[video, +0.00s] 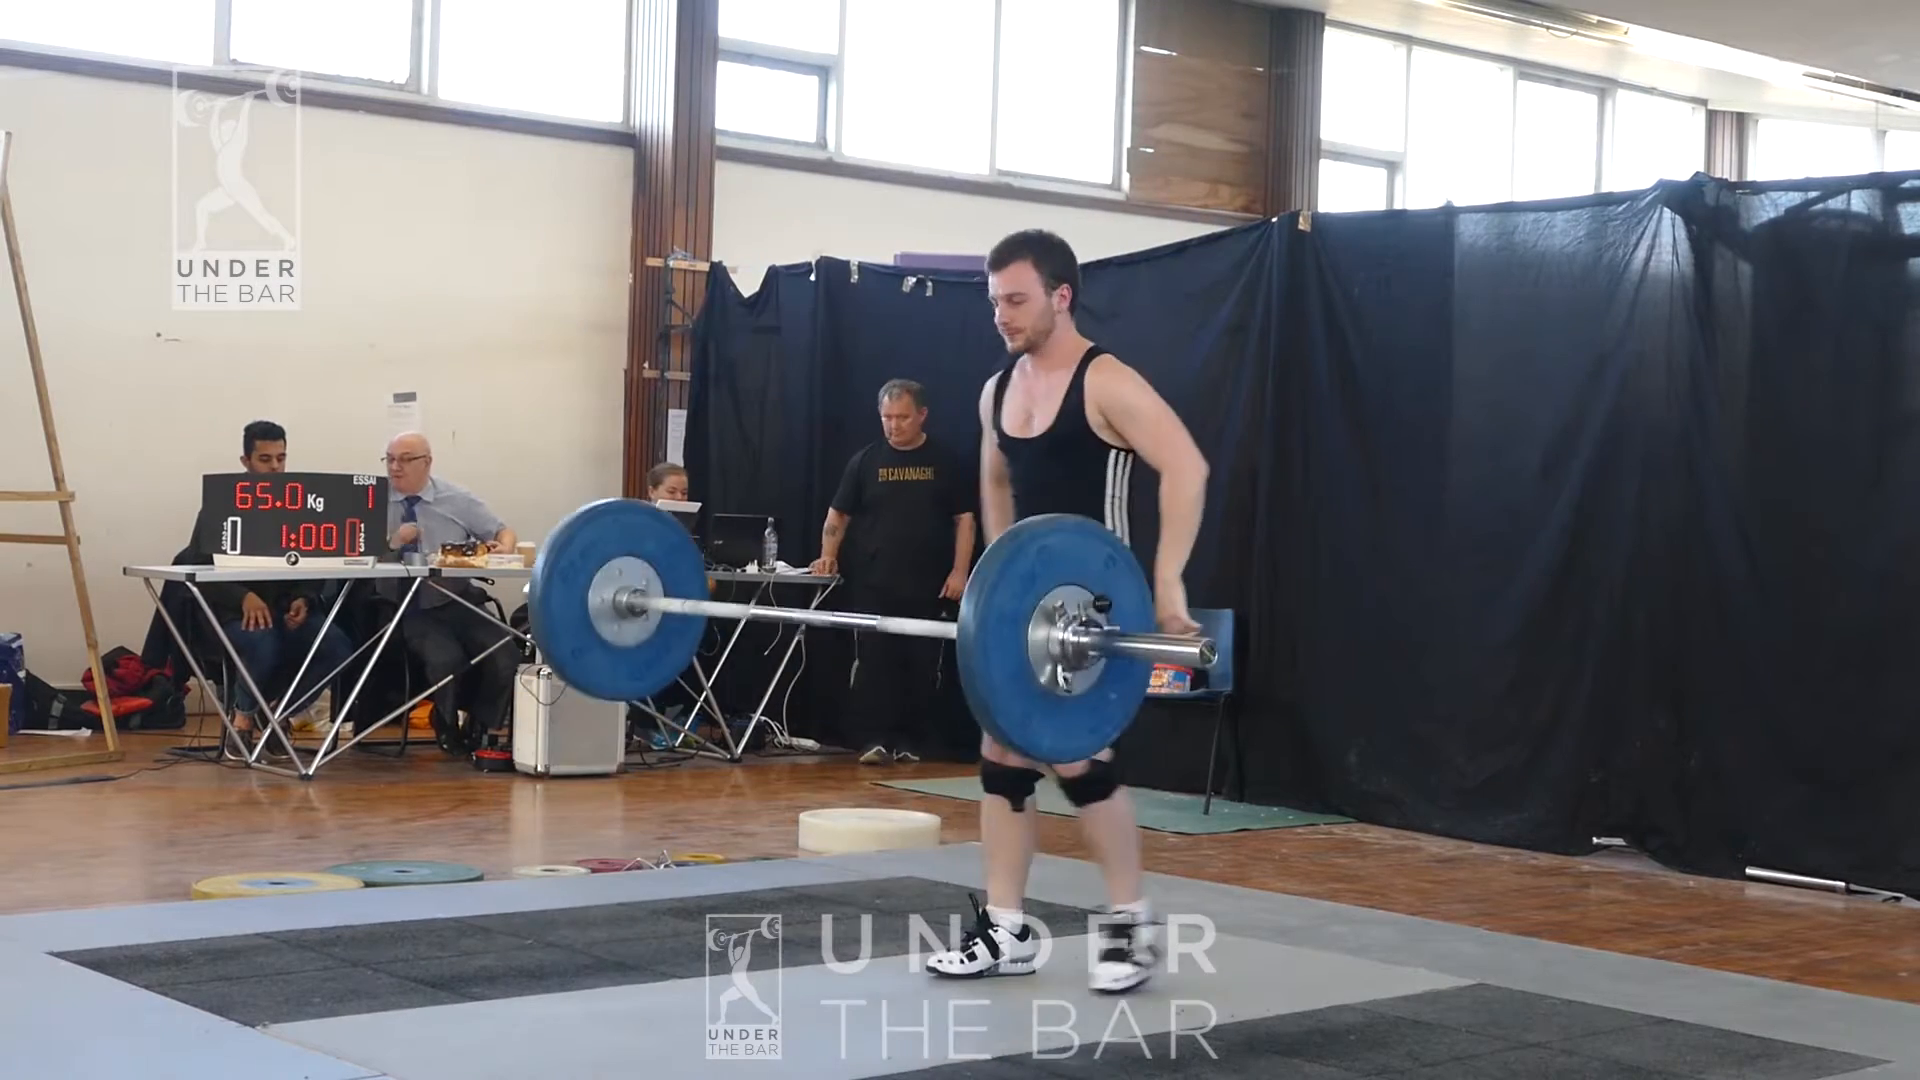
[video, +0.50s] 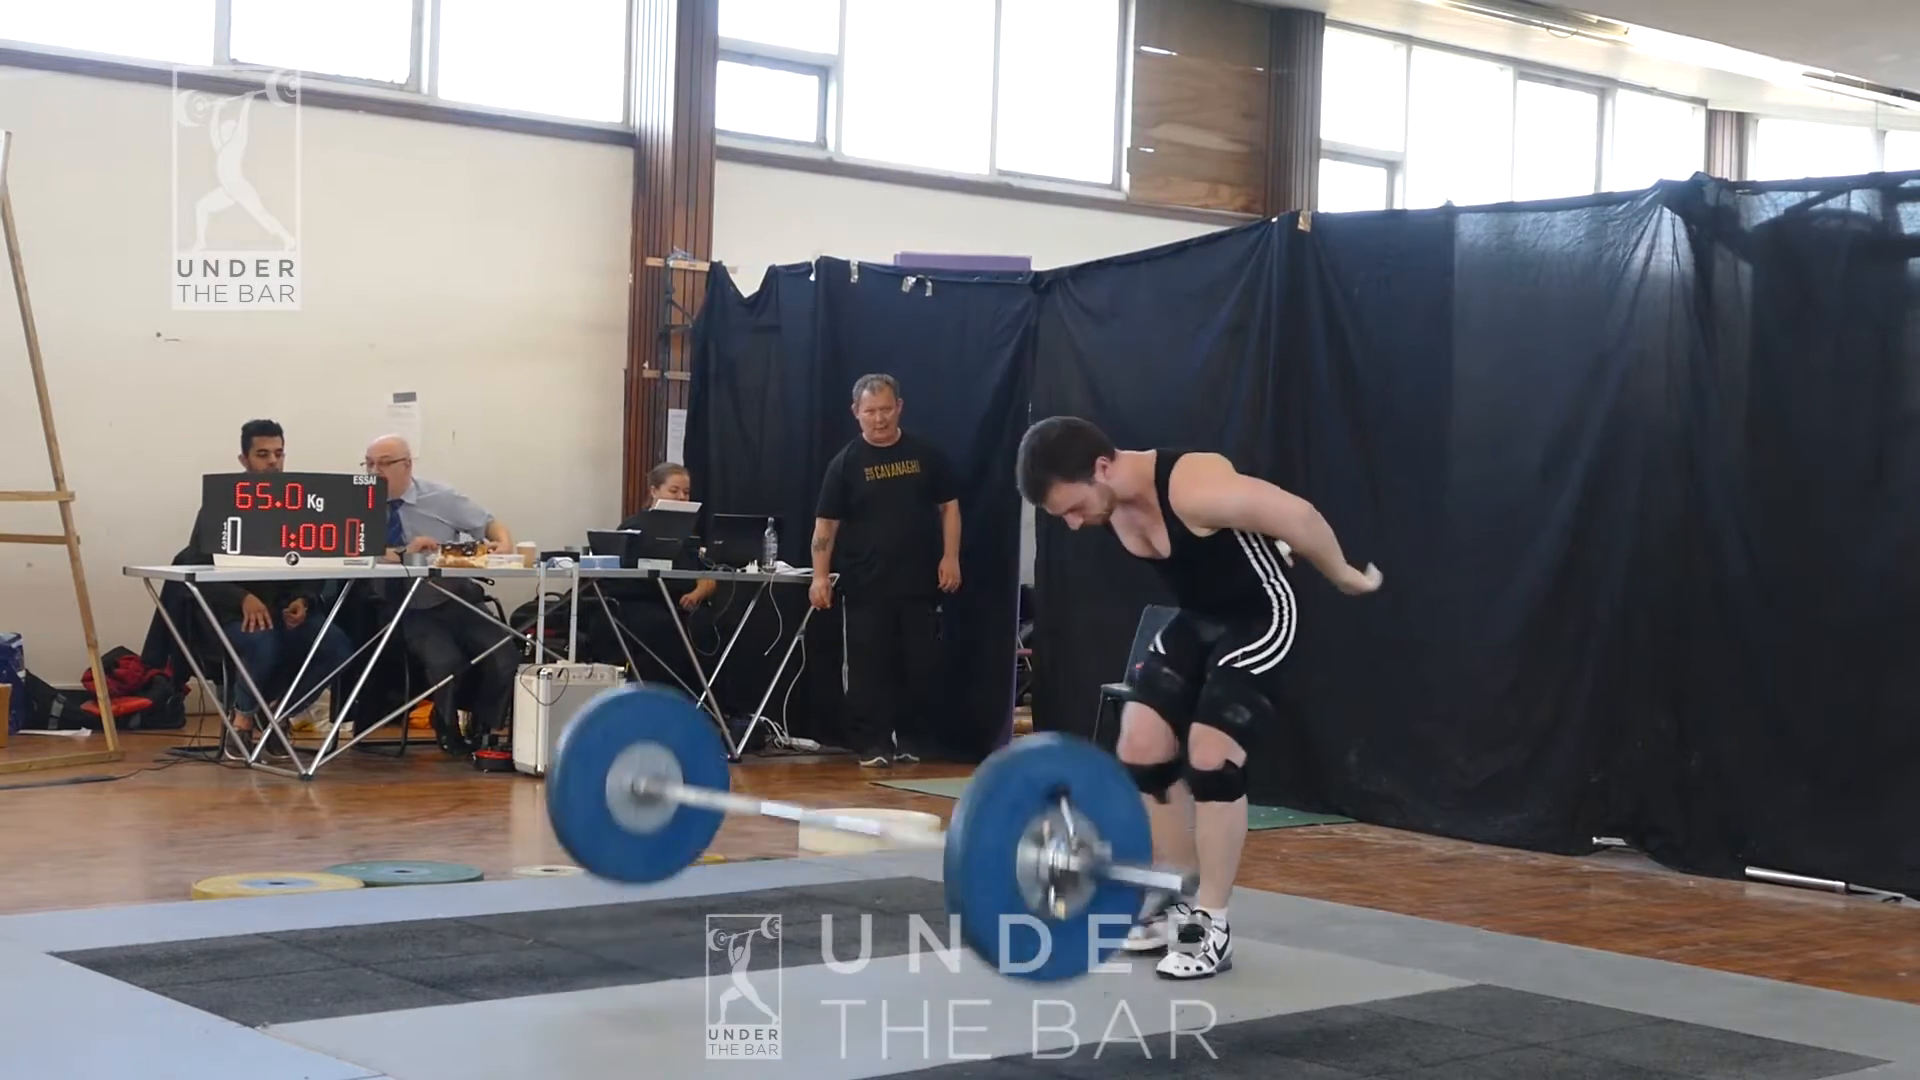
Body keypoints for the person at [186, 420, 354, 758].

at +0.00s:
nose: (275, 466)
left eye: (280, 458)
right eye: (265, 459)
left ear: (286, 458)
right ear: (246, 460)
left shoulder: (298, 499)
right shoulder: (224, 502)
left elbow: (319, 557)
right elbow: (201, 567)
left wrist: (305, 598)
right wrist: (243, 596)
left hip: (287, 607)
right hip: (237, 609)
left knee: (336, 645)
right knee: (263, 643)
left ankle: (278, 719)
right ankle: (242, 719)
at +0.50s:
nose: (272, 461)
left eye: (278, 454)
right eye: (263, 454)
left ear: (284, 455)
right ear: (244, 459)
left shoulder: (296, 498)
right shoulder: (224, 501)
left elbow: (317, 556)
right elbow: (201, 566)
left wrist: (303, 598)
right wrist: (243, 598)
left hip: (286, 605)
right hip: (236, 608)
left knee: (337, 646)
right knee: (263, 643)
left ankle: (277, 717)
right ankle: (242, 719)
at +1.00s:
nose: (269, 453)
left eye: (274, 446)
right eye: (258, 447)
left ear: (282, 450)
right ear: (242, 457)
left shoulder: (301, 497)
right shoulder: (232, 499)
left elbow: (326, 557)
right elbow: (212, 556)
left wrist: (312, 604)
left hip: (293, 608)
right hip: (244, 610)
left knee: (333, 647)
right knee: (267, 649)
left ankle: (254, 707)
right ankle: (272, 729)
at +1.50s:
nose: (270, 454)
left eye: (276, 446)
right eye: (260, 448)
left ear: (283, 450)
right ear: (243, 457)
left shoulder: (301, 497)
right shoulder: (232, 499)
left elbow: (324, 558)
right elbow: (202, 558)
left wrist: (311, 605)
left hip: (291, 608)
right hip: (243, 610)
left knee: (332, 646)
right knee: (266, 647)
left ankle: (252, 706)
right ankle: (274, 727)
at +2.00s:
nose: (272, 454)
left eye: (277, 446)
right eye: (261, 447)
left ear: (284, 451)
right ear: (244, 457)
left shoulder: (302, 497)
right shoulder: (233, 499)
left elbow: (328, 558)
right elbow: (214, 555)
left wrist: (312, 604)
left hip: (293, 608)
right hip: (244, 609)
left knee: (333, 648)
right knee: (267, 649)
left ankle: (255, 707)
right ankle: (273, 730)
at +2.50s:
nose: (272, 453)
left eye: (277, 446)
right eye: (261, 447)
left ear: (284, 450)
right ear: (245, 458)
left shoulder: (303, 497)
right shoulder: (233, 499)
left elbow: (328, 558)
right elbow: (220, 557)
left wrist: (312, 605)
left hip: (294, 607)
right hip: (244, 609)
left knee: (334, 647)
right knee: (265, 648)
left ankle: (256, 707)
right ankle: (274, 732)